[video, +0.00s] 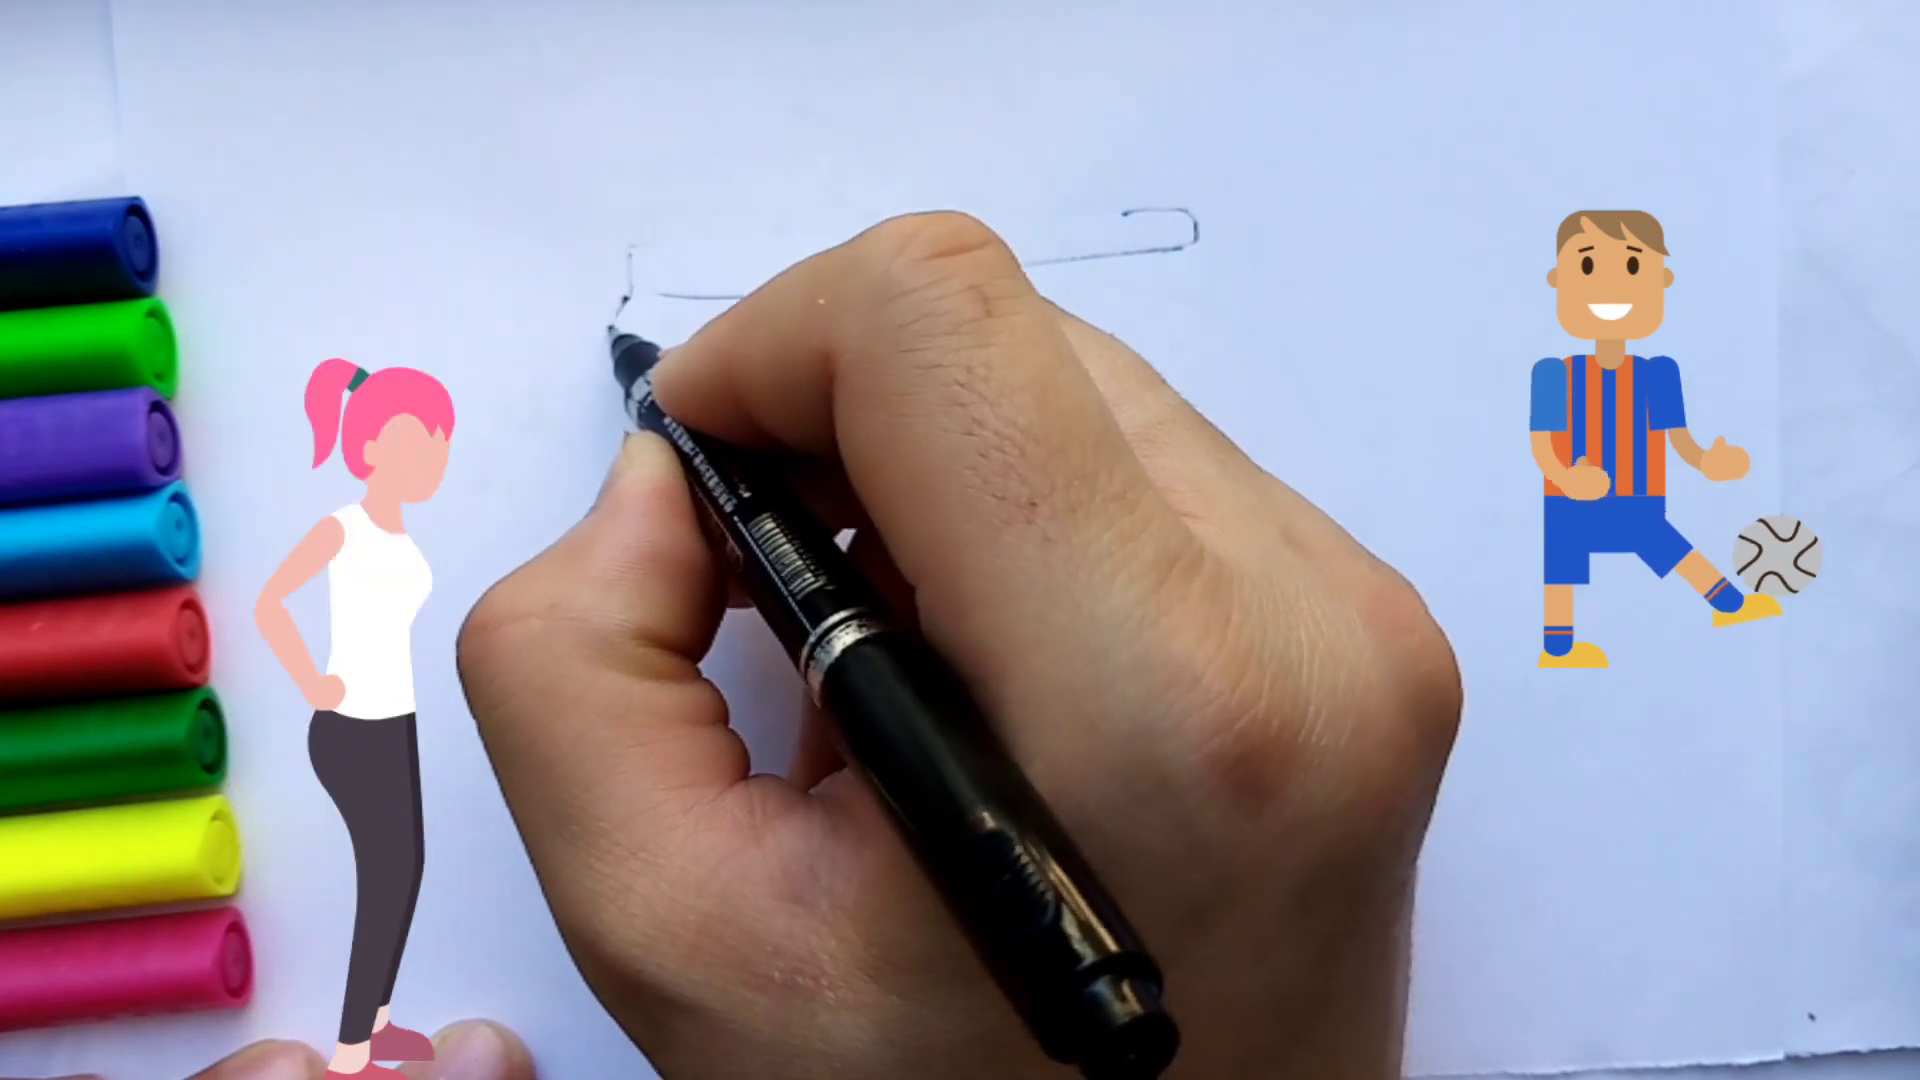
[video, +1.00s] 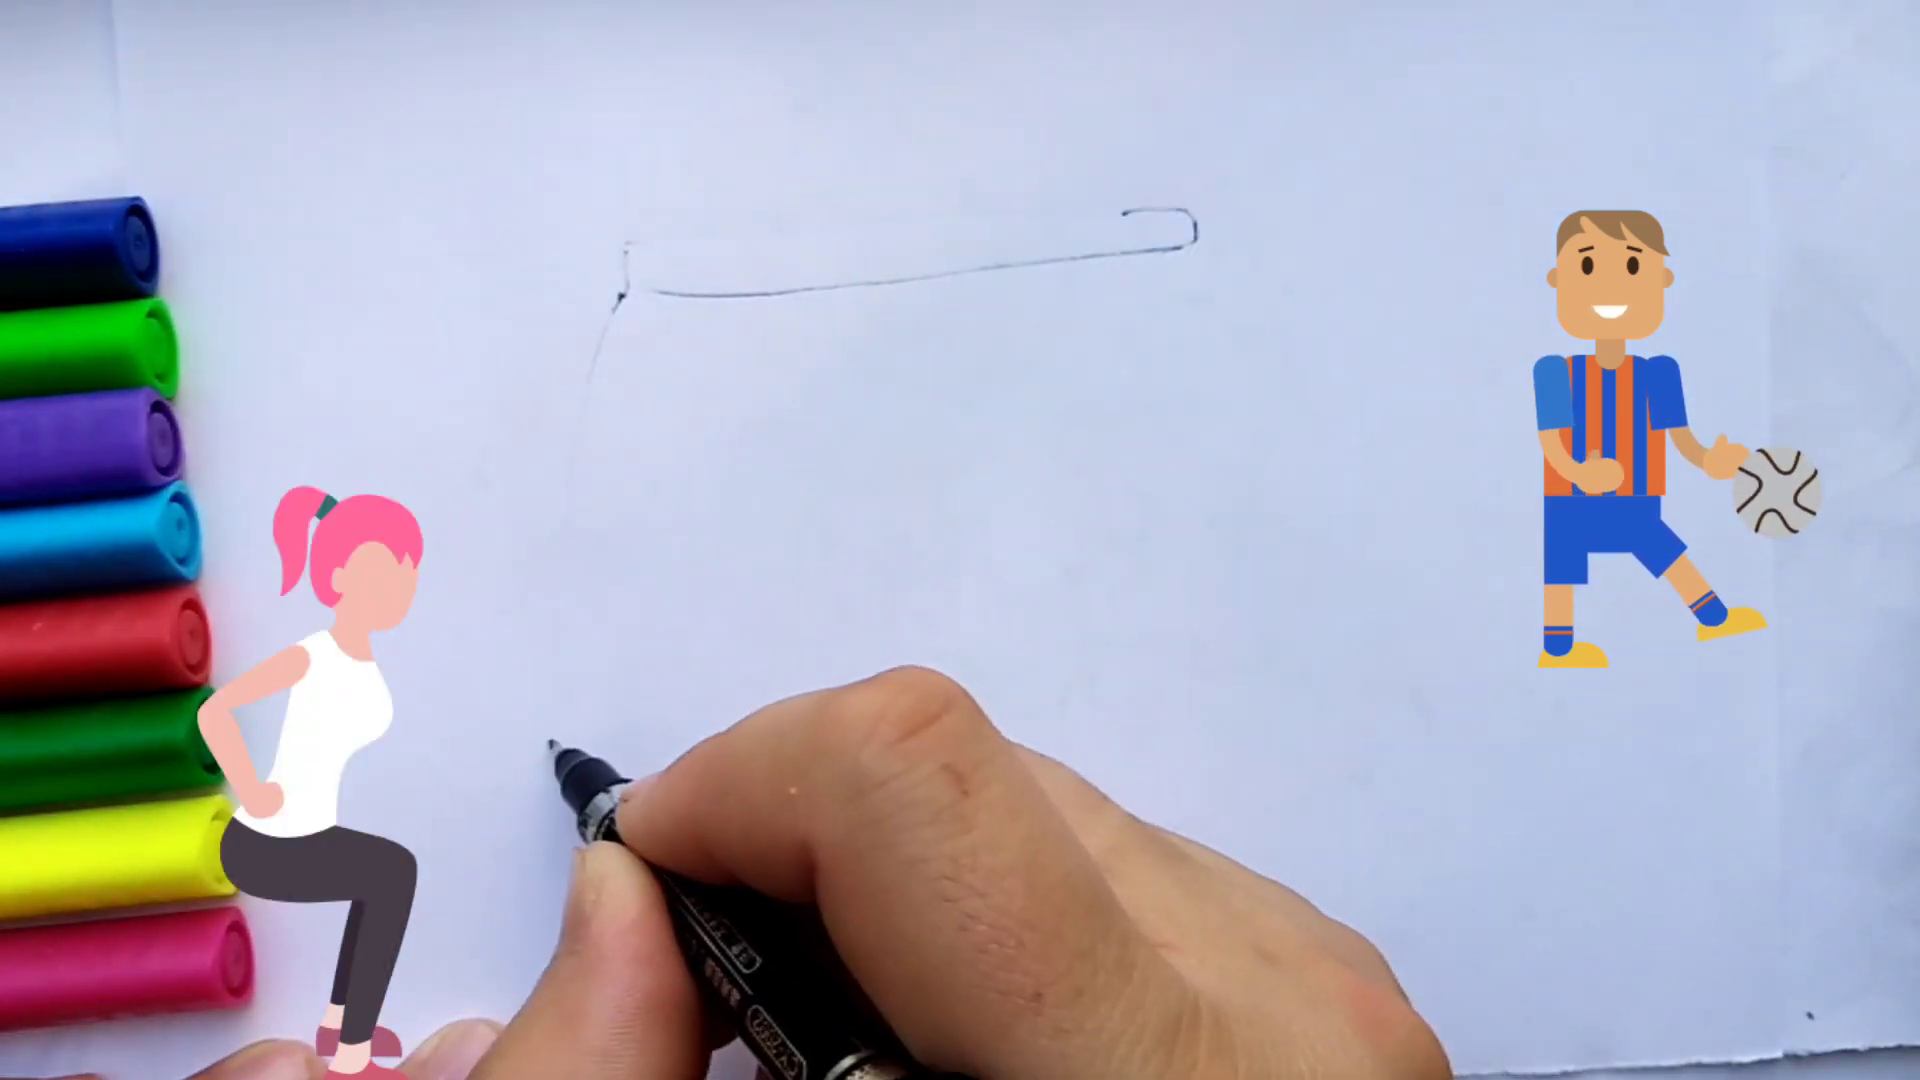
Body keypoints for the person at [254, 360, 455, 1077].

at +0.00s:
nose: (434, 459)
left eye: (438, 442)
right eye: (419, 440)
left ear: (439, 451)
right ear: (376, 447)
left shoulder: (405, 537)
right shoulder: (344, 529)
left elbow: (390, 623)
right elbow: (269, 604)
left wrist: (396, 685)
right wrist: (312, 683)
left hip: (398, 728)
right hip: (352, 729)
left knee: (405, 871)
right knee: (387, 875)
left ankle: (374, 1021)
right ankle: (350, 1048)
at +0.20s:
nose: (434, 458)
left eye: (437, 441)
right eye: (418, 440)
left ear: (439, 450)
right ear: (375, 447)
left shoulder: (406, 537)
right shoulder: (344, 529)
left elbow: (389, 620)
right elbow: (269, 604)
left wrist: (395, 682)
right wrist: (311, 682)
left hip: (398, 727)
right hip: (352, 729)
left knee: (404, 871)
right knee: (387, 875)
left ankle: (373, 1023)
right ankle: (350, 1049)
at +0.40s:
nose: (401, 590)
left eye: (404, 573)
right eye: (385, 573)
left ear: (404, 582)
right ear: (345, 578)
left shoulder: (365, 665)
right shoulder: (311, 656)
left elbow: (324, 738)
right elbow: (213, 712)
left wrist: (319, 798)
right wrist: (249, 790)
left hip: (309, 842)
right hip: (264, 849)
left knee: (392, 865)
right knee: (392, 872)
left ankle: (339, 1026)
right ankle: (350, 1055)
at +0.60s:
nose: (434, 459)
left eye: (438, 442)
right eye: (418, 440)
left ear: (440, 452)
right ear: (375, 447)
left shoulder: (404, 536)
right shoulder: (343, 529)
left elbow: (387, 623)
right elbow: (269, 605)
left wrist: (397, 687)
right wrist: (312, 684)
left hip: (397, 730)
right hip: (352, 732)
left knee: (405, 872)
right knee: (387, 878)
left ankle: (373, 1019)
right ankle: (349, 1049)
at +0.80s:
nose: (435, 458)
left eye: (438, 441)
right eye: (419, 439)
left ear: (440, 452)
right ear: (374, 447)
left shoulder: (404, 535)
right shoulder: (343, 529)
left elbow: (384, 622)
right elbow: (268, 606)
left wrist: (395, 686)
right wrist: (312, 684)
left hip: (397, 730)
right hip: (353, 732)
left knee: (406, 870)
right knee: (386, 877)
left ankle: (374, 1019)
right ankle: (349, 1051)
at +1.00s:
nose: (405, 589)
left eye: (406, 572)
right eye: (391, 571)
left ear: (403, 580)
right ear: (347, 578)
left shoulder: (364, 663)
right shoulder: (312, 655)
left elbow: (322, 739)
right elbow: (214, 712)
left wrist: (317, 799)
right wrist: (249, 791)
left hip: (308, 842)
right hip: (264, 851)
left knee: (390, 865)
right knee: (392, 872)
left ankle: (341, 1021)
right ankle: (350, 1053)